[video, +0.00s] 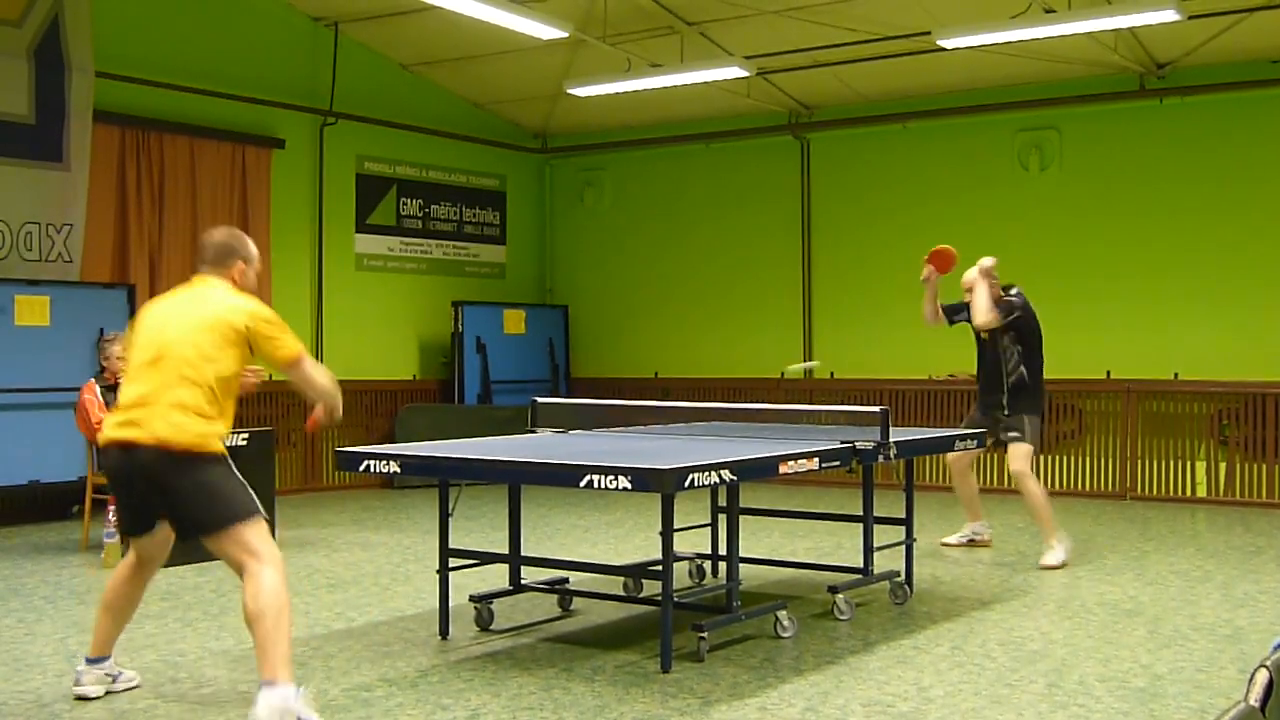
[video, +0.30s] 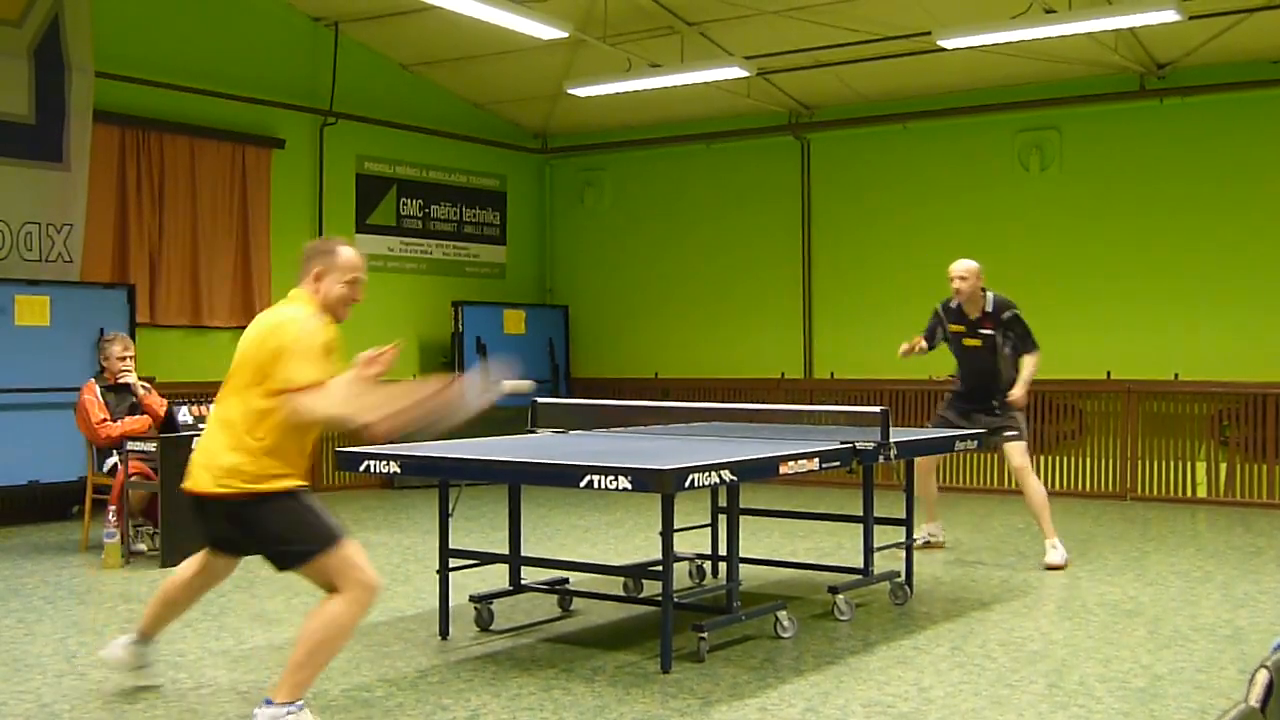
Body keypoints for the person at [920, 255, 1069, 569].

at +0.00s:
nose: (967, 296)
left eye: (970, 289)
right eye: (965, 291)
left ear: (989, 283)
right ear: (968, 292)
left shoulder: (1016, 304)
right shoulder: (975, 307)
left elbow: (983, 320)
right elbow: (934, 318)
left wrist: (983, 277)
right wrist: (931, 287)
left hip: (1023, 406)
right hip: (988, 404)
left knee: (1019, 468)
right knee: (958, 459)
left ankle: (1054, 543)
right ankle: (977, 527)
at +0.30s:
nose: (955, 285)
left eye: (962, 279)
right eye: (952, 279)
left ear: (980, 281)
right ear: (950, 282)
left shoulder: (1003, 310)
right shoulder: (946, 311)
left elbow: (1030, 352)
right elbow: (930, 340)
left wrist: (1021, 385)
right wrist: (916, 346)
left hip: (1001, 402)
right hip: (962, 400)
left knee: (1020, 464)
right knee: (924, 457)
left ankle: (1051, 542)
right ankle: (932, 528)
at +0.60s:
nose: (886, 302)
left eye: (891, 296)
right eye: (884, 297)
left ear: (913, 295)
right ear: (891, 298)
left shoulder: (941, 320)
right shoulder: (898, 327)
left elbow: (971, 359)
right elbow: (882, 364)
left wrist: (953, 396)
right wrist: (847, 392)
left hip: (966, 401)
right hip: (928, 400)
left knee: (993, 468)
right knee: (880, 443)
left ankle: (1040, 536)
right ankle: (859, 515)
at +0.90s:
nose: (794, 324)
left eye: (798, 316)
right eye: (791, 320)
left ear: (816, 312)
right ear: (795, 323)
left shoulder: (841, 327)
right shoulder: (804, 351)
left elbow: (871, 340)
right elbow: (783, 386)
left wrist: (841, 354)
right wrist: (752, 403)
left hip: (889, 406)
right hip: (850, 413)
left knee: (930, 456)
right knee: (813, 456)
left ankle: (1001, 485)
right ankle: (833, 525)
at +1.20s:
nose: (777, 297)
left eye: (781, 291)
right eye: (774, 292)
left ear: (799, 285)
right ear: (778, 291)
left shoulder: (826, 303)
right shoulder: (789, 313)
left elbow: (828, 349)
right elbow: (808, 350)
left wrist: (793, 362)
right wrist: (811, 385)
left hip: (854, 387)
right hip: (821, 387)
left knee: (865, 452)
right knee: (799, 444)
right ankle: (820, 511)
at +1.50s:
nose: (757, 304)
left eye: (760, 298)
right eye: (754, 299)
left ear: (775, 290)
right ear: (759, 295)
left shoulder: (804, 306)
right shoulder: (765, 312)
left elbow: (823, 345)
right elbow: (768, 344)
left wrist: (805, 383)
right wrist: (760, 371)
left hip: (814, 382)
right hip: (782, 381)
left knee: (828, 448)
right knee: (765, 441)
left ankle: (860, 514)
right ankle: (764, 511)